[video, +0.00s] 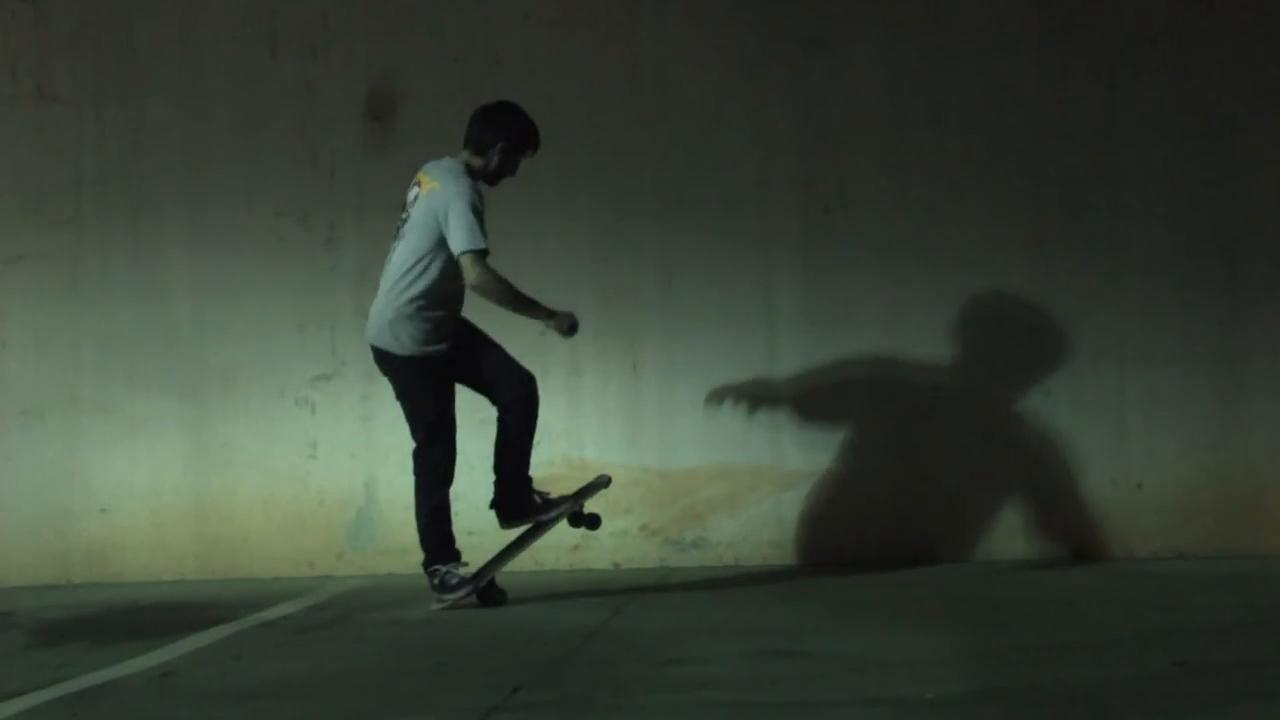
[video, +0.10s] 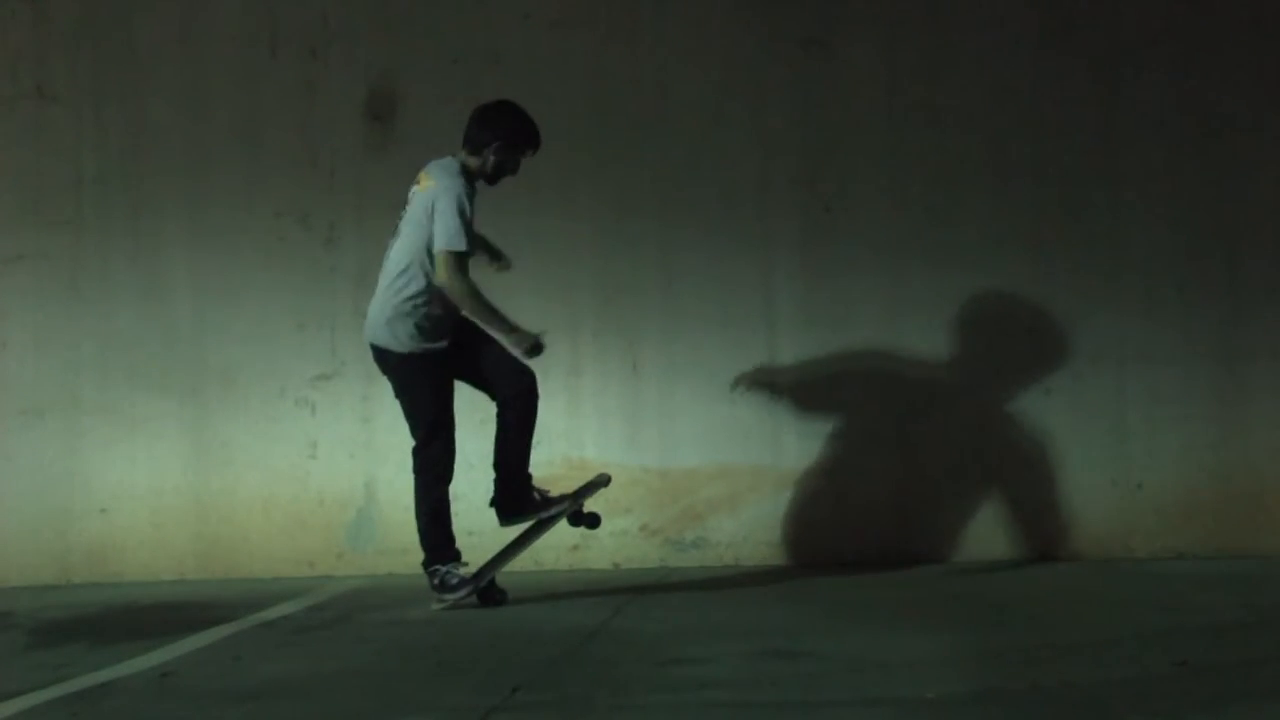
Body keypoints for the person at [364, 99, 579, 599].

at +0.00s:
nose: (515, 171)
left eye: (519, 161)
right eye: (515, 159)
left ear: (481, 145)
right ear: (495, 150)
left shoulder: (441, 172)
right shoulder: (458, 189)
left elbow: (408, 216)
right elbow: (477, 274)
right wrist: (547, 315)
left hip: (439, 327)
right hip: (407, 337)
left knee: (518, 391)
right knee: (435, 451)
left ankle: (513, 500)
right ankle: (441, 567)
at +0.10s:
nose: (515, 169)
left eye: (520, 159)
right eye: (515, 157)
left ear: (482, 146)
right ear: (492, 149)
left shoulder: (449, 174)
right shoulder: (448, 187)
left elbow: (445, 221)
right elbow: (448, 277)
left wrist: (482, 245)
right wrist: (512, 333)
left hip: (442, 330)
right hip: (405, 337)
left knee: (517, 387)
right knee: (435, 450)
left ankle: (513, 496)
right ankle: (441, 566)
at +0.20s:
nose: (511, 168)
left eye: (515, 158)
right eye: (510, 156)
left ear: (480, 146)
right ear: (484, 146)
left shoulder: (454, 183)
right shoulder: (438, 185)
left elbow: (467, 218)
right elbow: (410, 268)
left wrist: (526, 231)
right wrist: (442, 344)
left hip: (441, 321)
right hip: (403, 332)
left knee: (521, 374)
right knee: (438, 447)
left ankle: (500, 482)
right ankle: (442, 566)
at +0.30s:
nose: (497, 163)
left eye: (501, 152)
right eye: (493, 151)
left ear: (470, 147)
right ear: (464, 143)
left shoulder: (464, 188)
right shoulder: (415, 191)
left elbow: (510, 207)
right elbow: (370, 261)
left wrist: (579, 220)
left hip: (445, 327)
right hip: (404, 338)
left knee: (521, 384)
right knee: (439, 451)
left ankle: (512, 485)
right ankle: (441, 566)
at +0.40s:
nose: (479, 158)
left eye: (481, 149)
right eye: (473, 148)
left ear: (461, 144)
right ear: (443, 141)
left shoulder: (466, 179)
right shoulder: (394, 187)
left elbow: (530, 186)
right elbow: (333, 244)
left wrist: (603, 195)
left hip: (445, 320)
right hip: (401, 332)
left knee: (525, 383)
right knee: (435, 448)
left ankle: (566, 482)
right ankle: (441, 568)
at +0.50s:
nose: (467, 156)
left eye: (471, 146)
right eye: (462, 145)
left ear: (460, 140)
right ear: (432, 134)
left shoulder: (458, 172)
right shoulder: (379, 178)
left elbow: (533, 156)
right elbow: (300, 214)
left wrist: (611, 156)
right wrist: (233, 268)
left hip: (446, 306)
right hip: (400, 324)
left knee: (534, 359)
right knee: (427, 440)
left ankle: (569, 463)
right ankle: (441, 564)